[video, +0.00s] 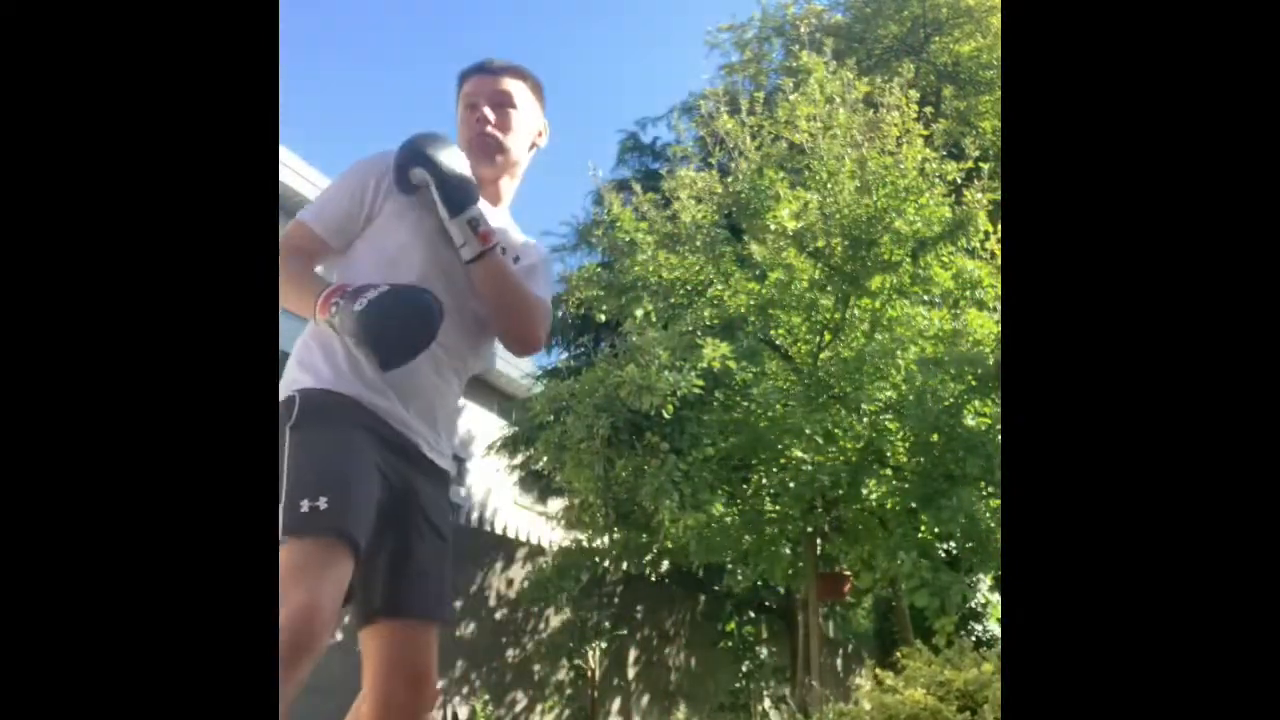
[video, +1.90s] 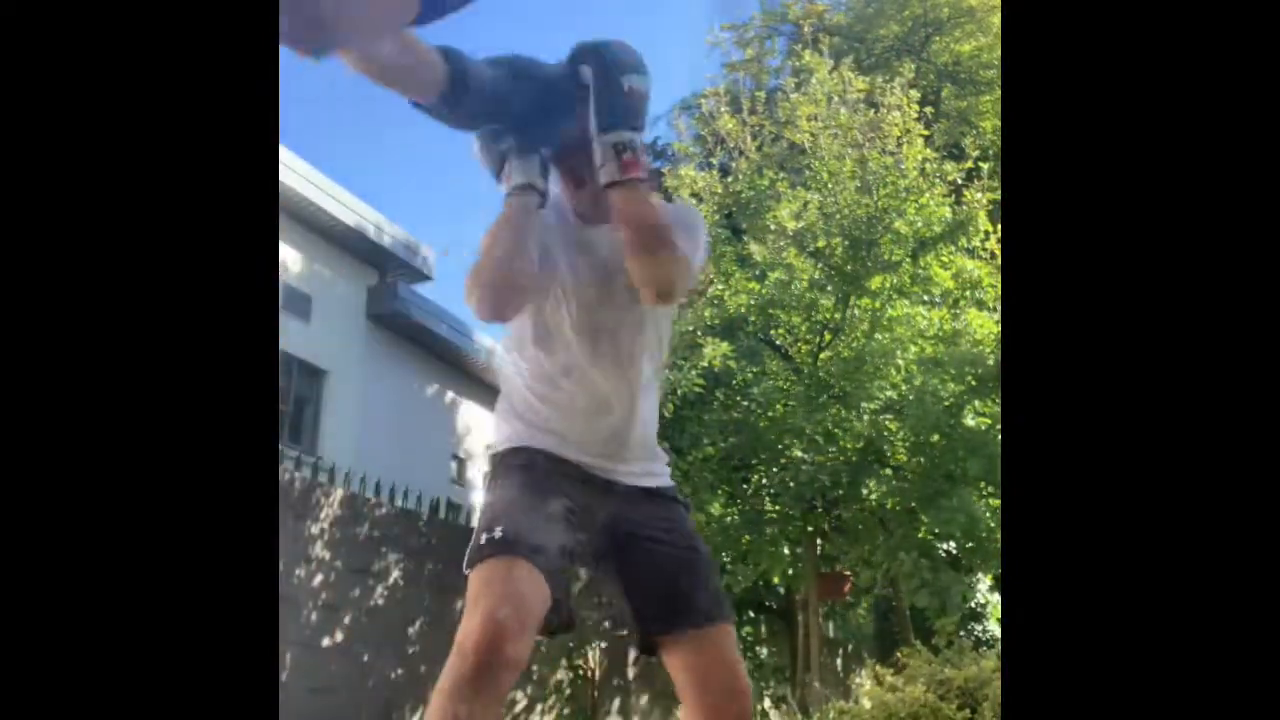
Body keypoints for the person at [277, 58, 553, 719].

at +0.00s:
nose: (484, 113)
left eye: (504, 105)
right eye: (472, 105)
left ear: (539, 137)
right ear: (455, 123)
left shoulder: (527, 252)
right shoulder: (393, 172)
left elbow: (529, 336)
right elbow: (286, 256)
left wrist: (473, 226)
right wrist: (337, 303)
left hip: (428, 451)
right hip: (338, 396)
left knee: (406, 694)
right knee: (304, 621)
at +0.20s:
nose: (436, 88)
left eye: (456, 72)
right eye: (420, 74)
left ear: (499, 95)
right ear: (406, 88)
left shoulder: (511, 223)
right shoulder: (350, 174)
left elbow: (532, 371)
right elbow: (277, 293)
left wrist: (497, 272)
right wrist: (345, 312)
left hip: (424, 452)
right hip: (322, 415)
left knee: (431, 687)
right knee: (297, 627)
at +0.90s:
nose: (499, 122)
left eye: (517, 106)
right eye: (483, 111)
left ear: (555, 122)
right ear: (467, 125)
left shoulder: (574, 236)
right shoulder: (425, 197)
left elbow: (569, 326)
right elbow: (331, 304)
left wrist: (521, 206)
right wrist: (393, 218)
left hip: (498, 457)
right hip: (403, 421)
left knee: (493, 693)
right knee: (371, 631)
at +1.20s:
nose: (456, 98)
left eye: (474, 79)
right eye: (439, 82)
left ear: (509, 86)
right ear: (420, 99)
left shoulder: (569, 186)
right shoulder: (405, 183)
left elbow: (564, 278)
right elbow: (372, 299)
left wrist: (508, 155)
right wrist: (406, 156)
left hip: (529, 459)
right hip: (419, 438)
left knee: (595, 691)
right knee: (362, 638)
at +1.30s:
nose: (492, 100)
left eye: (508, 82)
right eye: (475, 90)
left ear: (553, 92)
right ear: (459, 106)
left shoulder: (595, 206)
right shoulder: (430, 194)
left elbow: (610, 330)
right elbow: (369, 347)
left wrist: (549, 215)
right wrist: (422, 237)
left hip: (544, 462)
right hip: (436, 439)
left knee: (618, 696)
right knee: (377, 642)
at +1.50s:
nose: (579, 129)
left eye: (597, 114)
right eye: (564, 121)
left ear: (635, 133)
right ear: (552, 142)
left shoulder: (660, 252)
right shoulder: (511, 223)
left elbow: (678, 362)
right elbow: (409, 337)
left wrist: (619, 270)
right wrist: (464, 268)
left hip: (591, 469)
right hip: (492, 439)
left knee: (642, 691)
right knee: (432, 642)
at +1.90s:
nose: (590, 151)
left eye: (608, 131)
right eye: (575, 133)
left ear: (635, 130)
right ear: (549, 136)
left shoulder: (677, 221)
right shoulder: (531, 212)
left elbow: (662, 285)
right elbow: (493, 301)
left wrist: (622, 159)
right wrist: (522, 178)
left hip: (641, 473)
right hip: (537, 456)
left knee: (724, 697)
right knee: (492, 643)